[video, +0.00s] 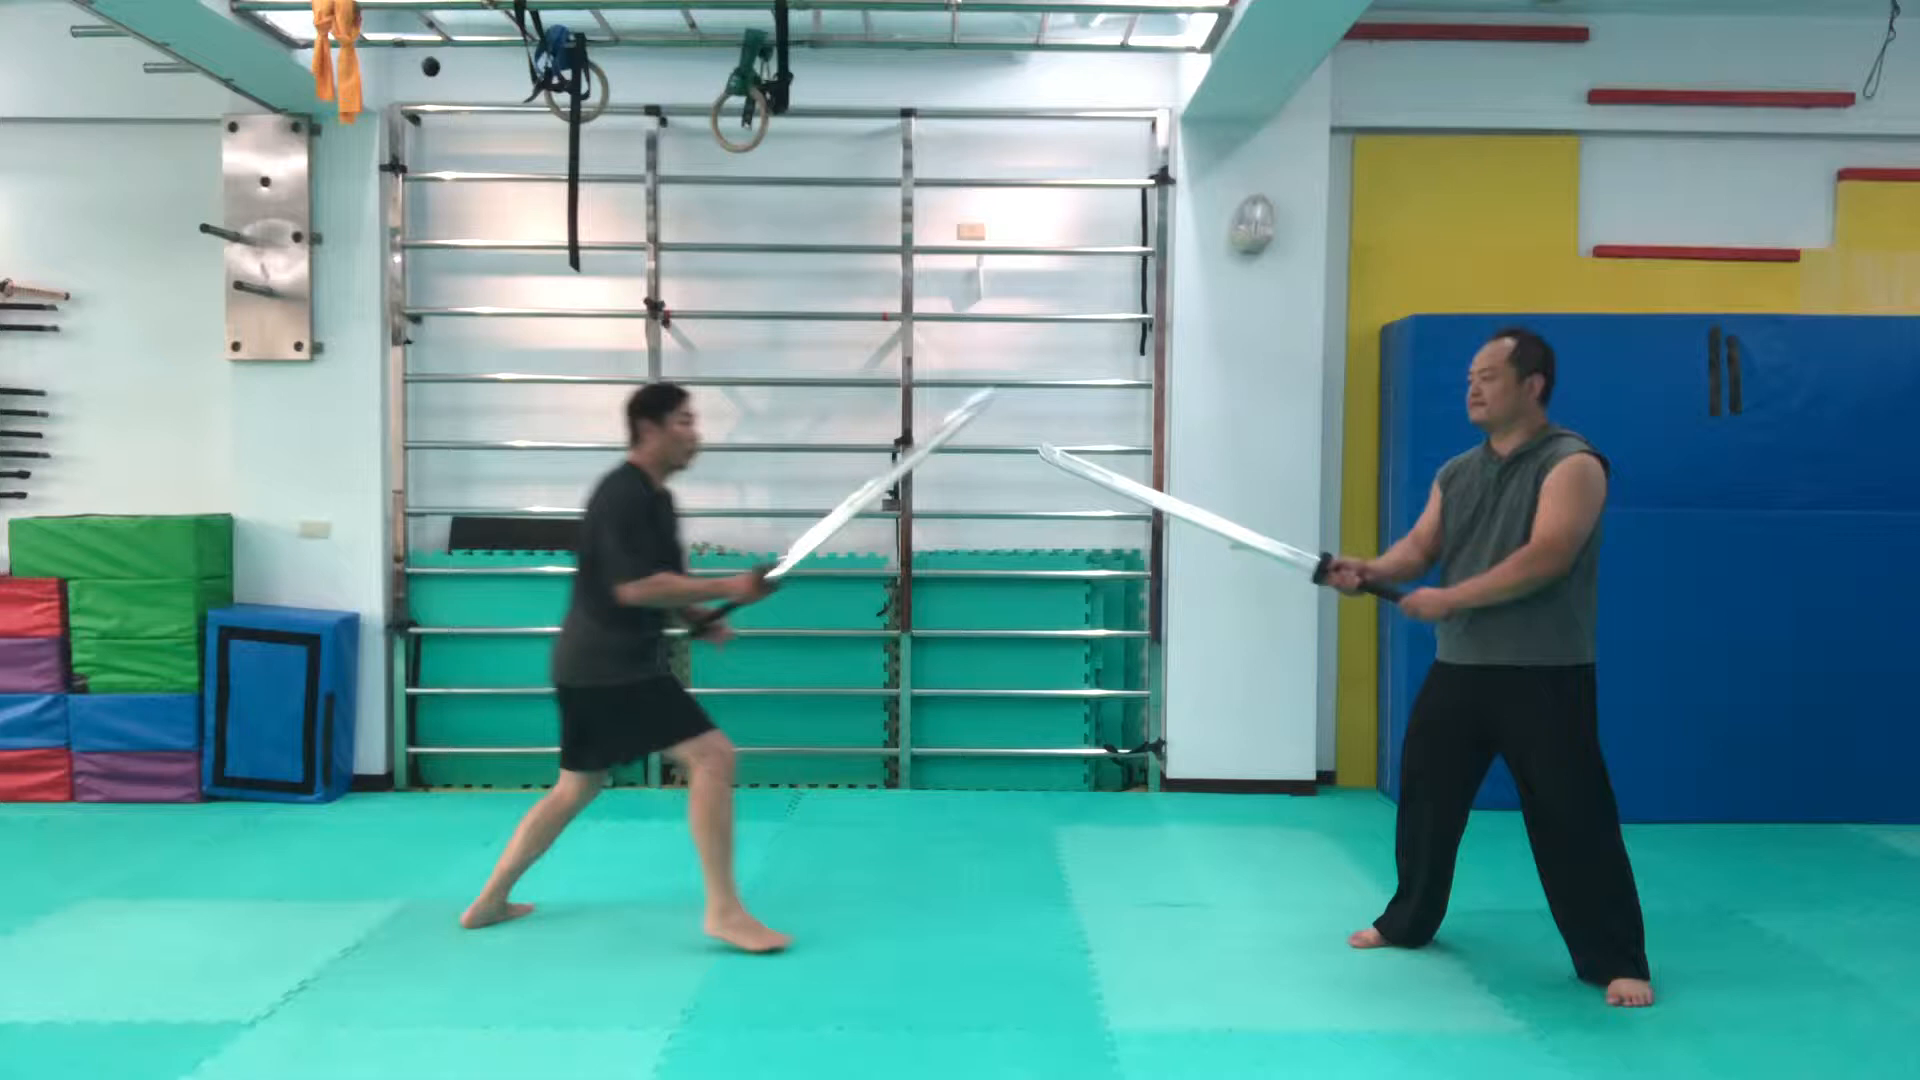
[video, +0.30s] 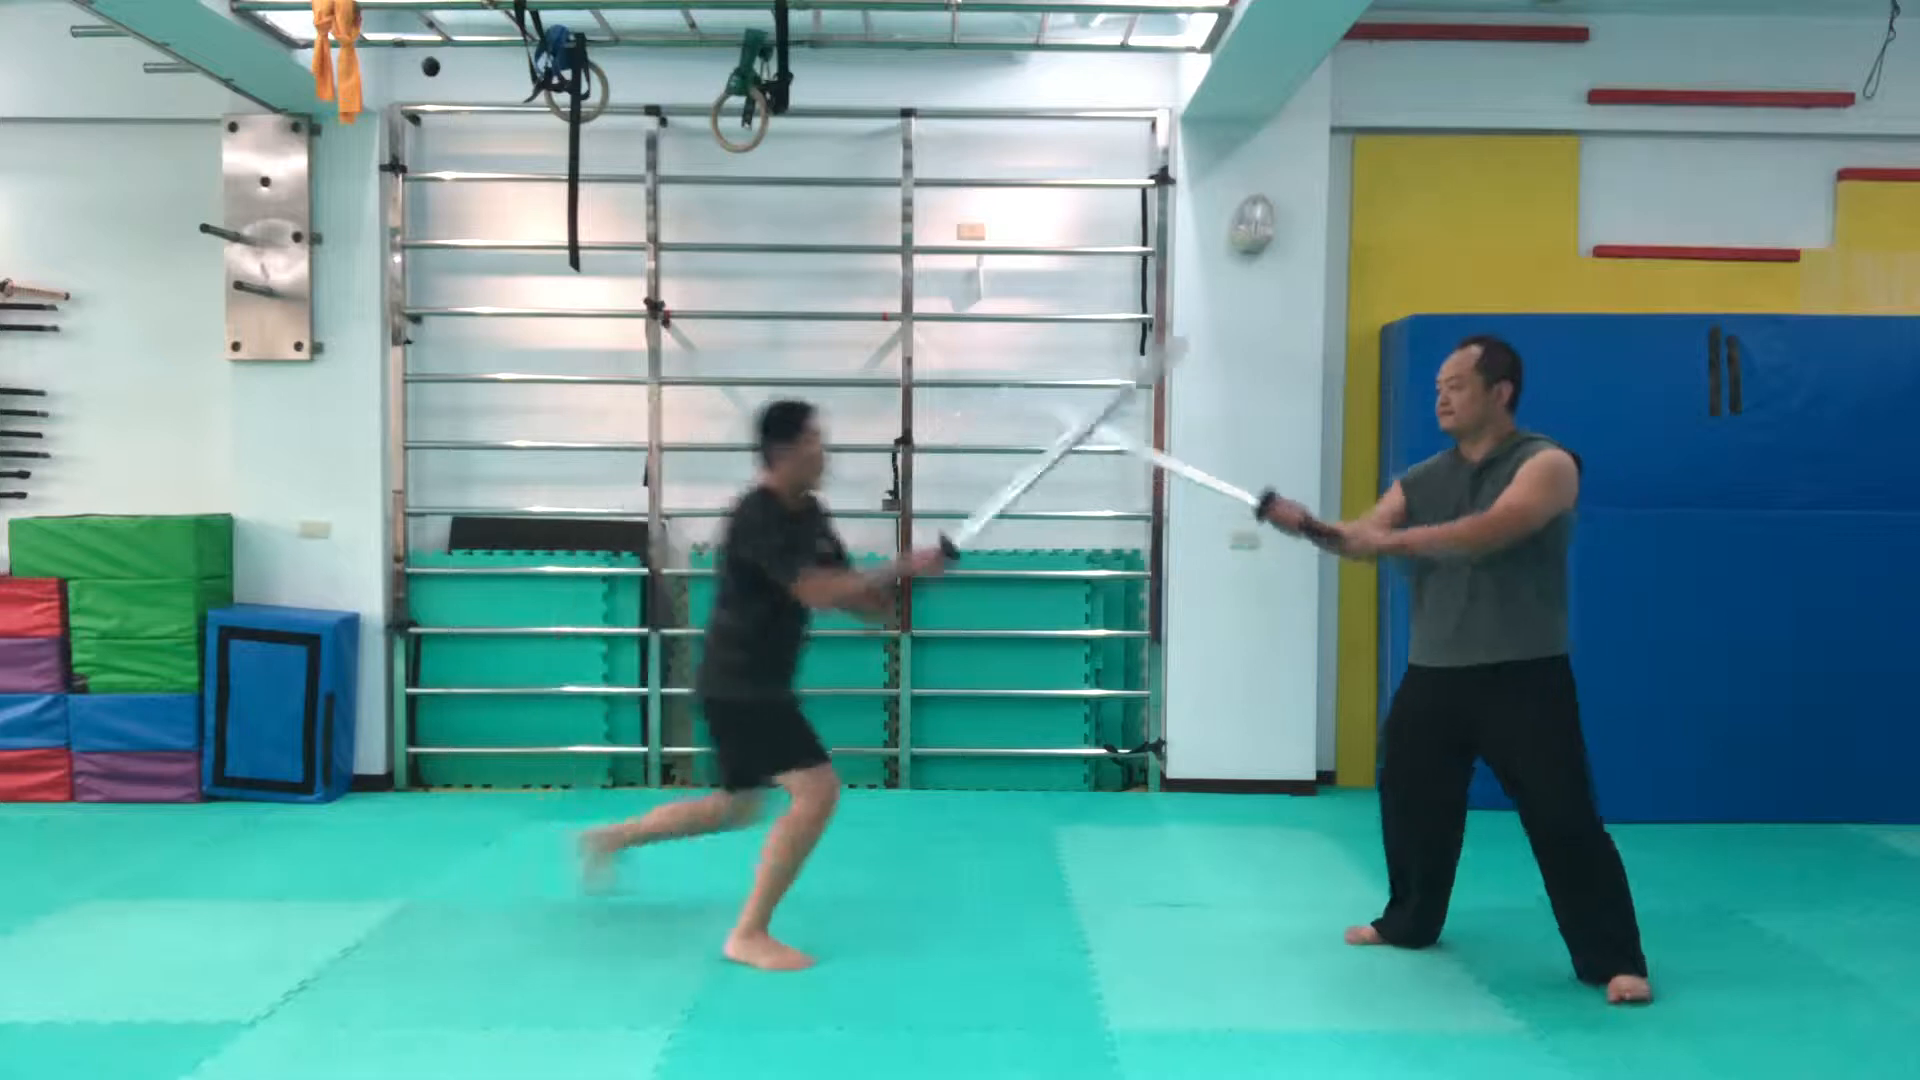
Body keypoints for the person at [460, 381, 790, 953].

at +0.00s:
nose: (696, 433)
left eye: (694, 422)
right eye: (685, 422)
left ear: (654, 433)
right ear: (648, 429)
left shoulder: (650, 494)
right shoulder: (626, 492)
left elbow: (651, 580)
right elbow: (631, 586)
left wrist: (694, 616)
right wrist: (727, 588)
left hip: (591, 669)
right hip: (616, 670)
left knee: (575, 787)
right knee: (713, 757)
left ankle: (488, 901)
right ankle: (724, 911)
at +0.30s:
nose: (822, 453)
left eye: (820, 443)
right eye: (814, 444)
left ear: (791, 451)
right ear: (784, 451)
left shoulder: (806, 512)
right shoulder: (757, 516)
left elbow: (838, 577)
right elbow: (812, 589)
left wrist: (878, 596)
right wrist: (896, 569)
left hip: (755, 685)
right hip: (741, 687)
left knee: (740, 805)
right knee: (817, 789)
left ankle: (610, 837)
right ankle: (749, 933)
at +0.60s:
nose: (988, 464)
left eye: (987, 451)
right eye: (981, 452)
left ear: (941, 452)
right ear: (950, 454)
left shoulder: (911, 488)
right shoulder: (950, 515)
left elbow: (977, 430)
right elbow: (1043, 535)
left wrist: (1042, 425)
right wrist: (1091, 470)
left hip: (917, 668)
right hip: (934, 674)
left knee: (1007, 754)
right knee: (965, 800)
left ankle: (1056, 862)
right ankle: (856, 887)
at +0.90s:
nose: (1078, 455)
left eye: (1077, 445)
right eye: (1073, 445)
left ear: (1034, 443)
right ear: (1041, 445)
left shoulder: (997, 480)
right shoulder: (1053, 509)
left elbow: (1053, 442)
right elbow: (1130, 521)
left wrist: (1111, 429)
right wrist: (1186, 465)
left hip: (987, 659)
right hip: (1028, 660)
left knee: (1078, 744)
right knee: (1112, 746)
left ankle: (1071, 858)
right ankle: (1069, 872)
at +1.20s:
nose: (1098, 420)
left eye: (1097, 410)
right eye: (1092, 411)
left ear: (1053, 416)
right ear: (1057, 417)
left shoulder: (1024, 452)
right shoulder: (1073, 490)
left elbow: (1094, 395)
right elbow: (1147, 527)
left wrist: (1149, 405)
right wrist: (1209, 477)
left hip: (1014, 632)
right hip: (1054, 637)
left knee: (1074, 744)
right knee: (1099, 748)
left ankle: (1071, 854)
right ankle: (1065, 874)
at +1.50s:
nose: (1068, 412)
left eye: (1067, 403)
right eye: (1059, 402)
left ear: (1025, 410)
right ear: (1025, 408)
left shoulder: (1010, 449)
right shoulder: (1039, 473)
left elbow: (1067, 400)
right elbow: (1114, 518)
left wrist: (1116, 392)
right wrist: (1160, 478)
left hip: (1014, 622)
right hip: (1034, 629)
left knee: (1070, 740)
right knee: (1069, 746)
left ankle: (1067, 856)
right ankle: (991, 856)